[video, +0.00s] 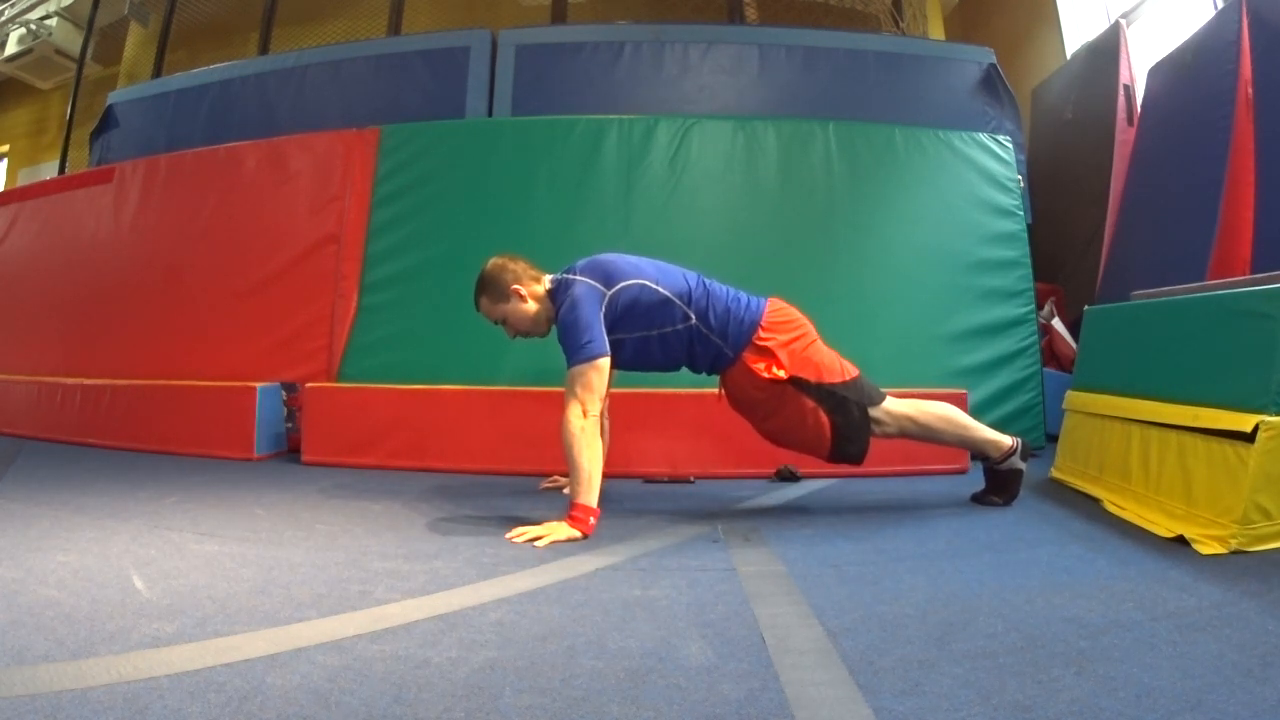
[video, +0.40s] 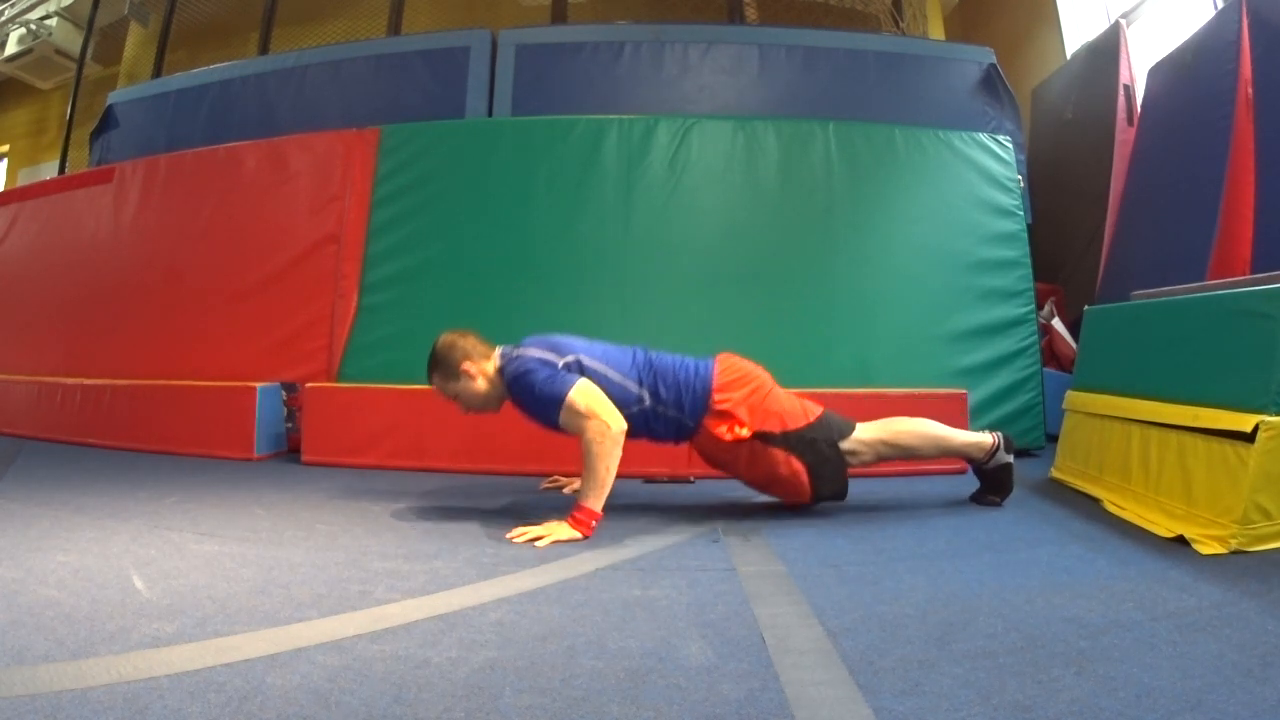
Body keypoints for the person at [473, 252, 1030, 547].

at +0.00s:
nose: (513, 334)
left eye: (507, 323)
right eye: (504, 327)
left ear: (525, 293)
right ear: (527, 288)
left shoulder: (582, 298)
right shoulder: (578, 293)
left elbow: (582, 413)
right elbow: (594, 404)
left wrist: (582, 516)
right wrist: (582, 481)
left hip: (765, 334)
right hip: (739, 364)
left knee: (876, 411)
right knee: (847, 437)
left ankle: (1003, 447)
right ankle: (965, 427)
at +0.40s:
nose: (460, 406)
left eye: (455, 396)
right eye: (453, 397)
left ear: (473, 372)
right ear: (474, 363)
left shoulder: (528, 372)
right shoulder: (522, 360)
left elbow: (605, 426)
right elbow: (602, 408)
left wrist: (583, 517)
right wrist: (586, 472)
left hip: (722, 395)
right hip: (704, 419)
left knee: (846, 446)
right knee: (809, 486)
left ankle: (987, 447)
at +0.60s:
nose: (449, 478)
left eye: (442, 468)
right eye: (443, 471)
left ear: (456, 445)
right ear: (459, 440)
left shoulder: (508, 432)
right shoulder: (512, 432)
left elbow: (592, 428)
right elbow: (591, 411)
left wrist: (579, 517)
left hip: (705, 441)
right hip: (691, 478)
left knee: (842, 468)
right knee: (807, 502)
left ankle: (979, 447)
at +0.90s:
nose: (446, 495)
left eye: (440, 487)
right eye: (440, 489)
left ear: (453, 464)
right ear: (460, 459)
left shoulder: (505, 453)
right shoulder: (514, 461)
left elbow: (581, 425)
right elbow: (597, 408)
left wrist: (578, 517)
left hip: (700, 454)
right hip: (693, 485)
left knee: (841, 478)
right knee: (830, 487)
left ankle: (977, 448)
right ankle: (961, 450)